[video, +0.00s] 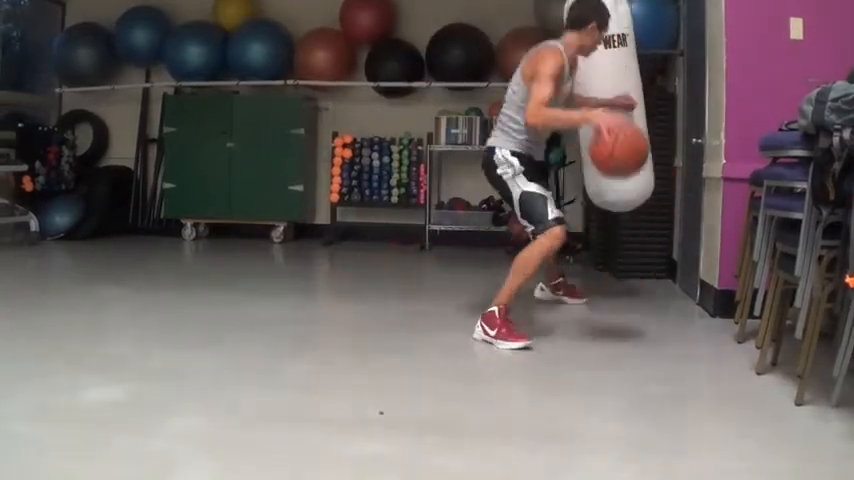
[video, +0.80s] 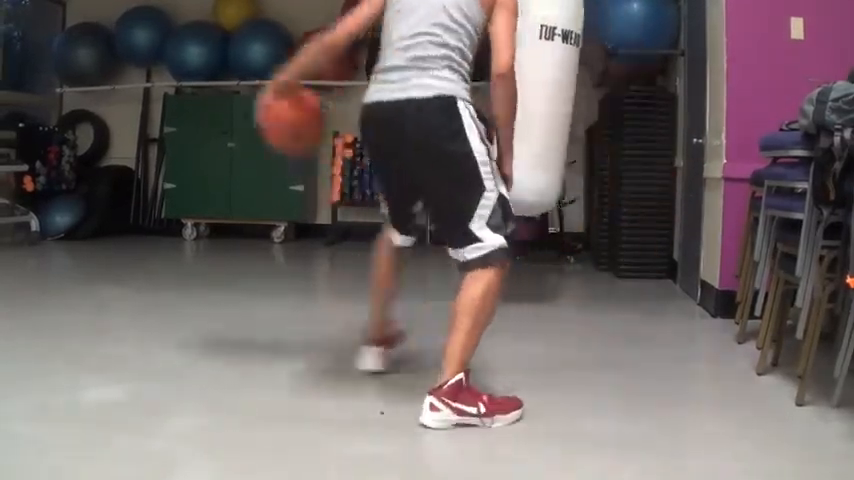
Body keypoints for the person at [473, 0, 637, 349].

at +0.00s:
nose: (601, 42)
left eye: (603, 35)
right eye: (601, 34)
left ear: (583, 26)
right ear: (589, 28)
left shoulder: (567, 58)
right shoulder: (549, 57)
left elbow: (563, 100)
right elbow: (536, 115)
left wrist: (606, 103)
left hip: (530, 156)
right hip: (506, 154)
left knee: (552, 221)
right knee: (552, 234)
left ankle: (550, 282)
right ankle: (494, 316)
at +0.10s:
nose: (586, 16)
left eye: (588, 10)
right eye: (586, 8)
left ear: (565, 3)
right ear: (572, 3)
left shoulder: (546, 28)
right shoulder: (541, 27)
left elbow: (552, 83)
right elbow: (533, 81)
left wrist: (594, 93)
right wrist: (591, 68)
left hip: (519, 136)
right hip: (501, 137)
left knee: (542, 219)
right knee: (550, 233)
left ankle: (532, 285)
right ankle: (494, 316)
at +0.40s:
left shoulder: (495, 5)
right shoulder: (532, 2)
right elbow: (532, 64)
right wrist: (591, 88)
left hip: (472, 109)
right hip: (486, 108)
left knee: (522, 215)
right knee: (540, 215)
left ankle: (495, 311)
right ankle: (468, 325)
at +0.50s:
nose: (549, 6)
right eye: (547, 5)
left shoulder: (471, 18)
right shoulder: (527, 18)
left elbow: (461, 95)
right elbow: (525, 99)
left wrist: (459, 170)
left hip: (461, 135)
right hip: (490, 133)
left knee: (515, 234)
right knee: (520, 249)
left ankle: (492, 319)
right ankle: (464, 355)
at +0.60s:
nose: (531, 14)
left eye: (530, 12)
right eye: (531, 11)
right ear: (522, 3)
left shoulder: (448, 25)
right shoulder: (520, 23)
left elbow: (431, 111)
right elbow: (517, 108)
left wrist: (415, 179)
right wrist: (514, 165)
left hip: (439, 152)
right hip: (478, 142)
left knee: (507, 227)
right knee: (521, 265)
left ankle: (500, 315)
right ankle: (455, 381)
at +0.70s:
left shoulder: (426, 8)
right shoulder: (514, 7)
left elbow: (386, 80)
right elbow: (507, 91)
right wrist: (504, 152)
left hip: (408, 131)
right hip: (463, 127)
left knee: (445, 241)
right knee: (508, 261)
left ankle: (465, 330)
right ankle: (451, 386)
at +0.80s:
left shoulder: (394, 1)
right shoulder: (497, 1)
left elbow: (339, 35)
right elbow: (501, 71)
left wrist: (282, 80)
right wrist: (506, 153)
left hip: (378, 111)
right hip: (440, 109)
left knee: (398, 226)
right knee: (488, 255)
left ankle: (377, 339)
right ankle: (451, 387)